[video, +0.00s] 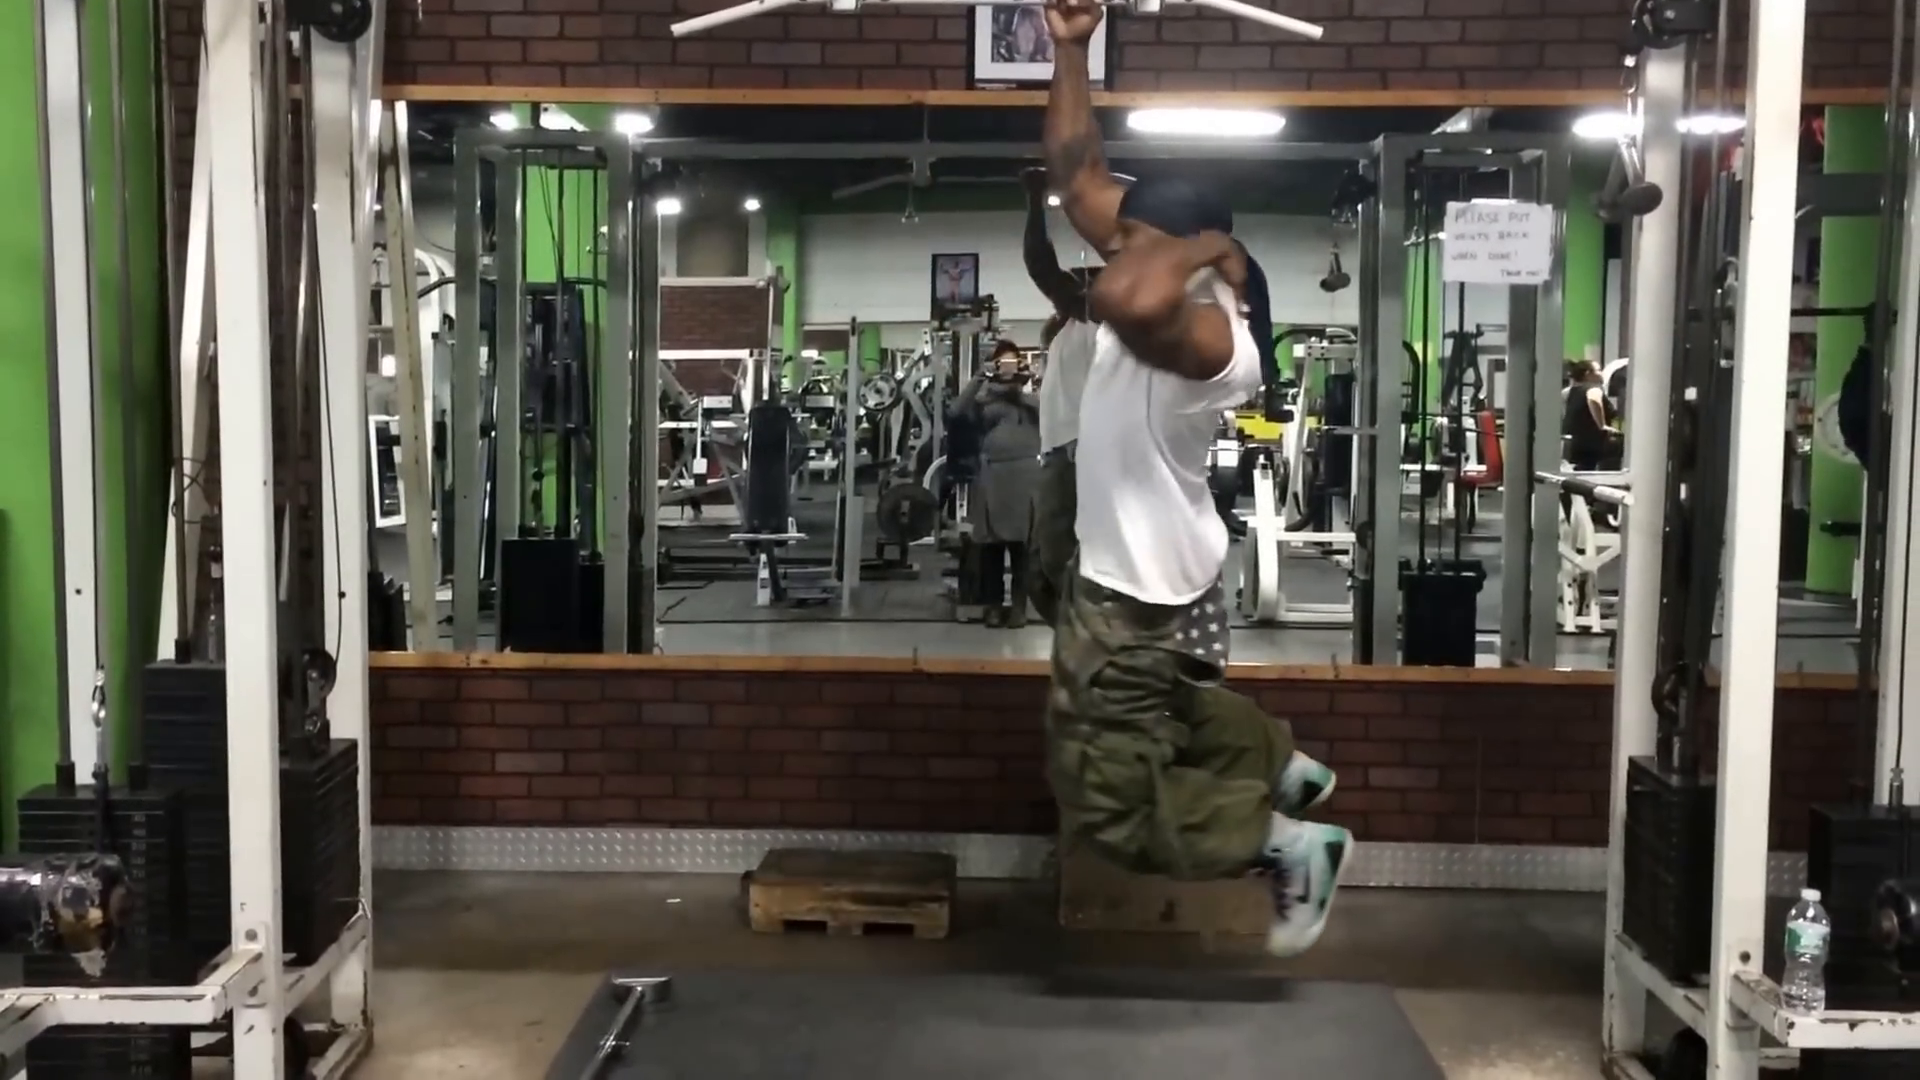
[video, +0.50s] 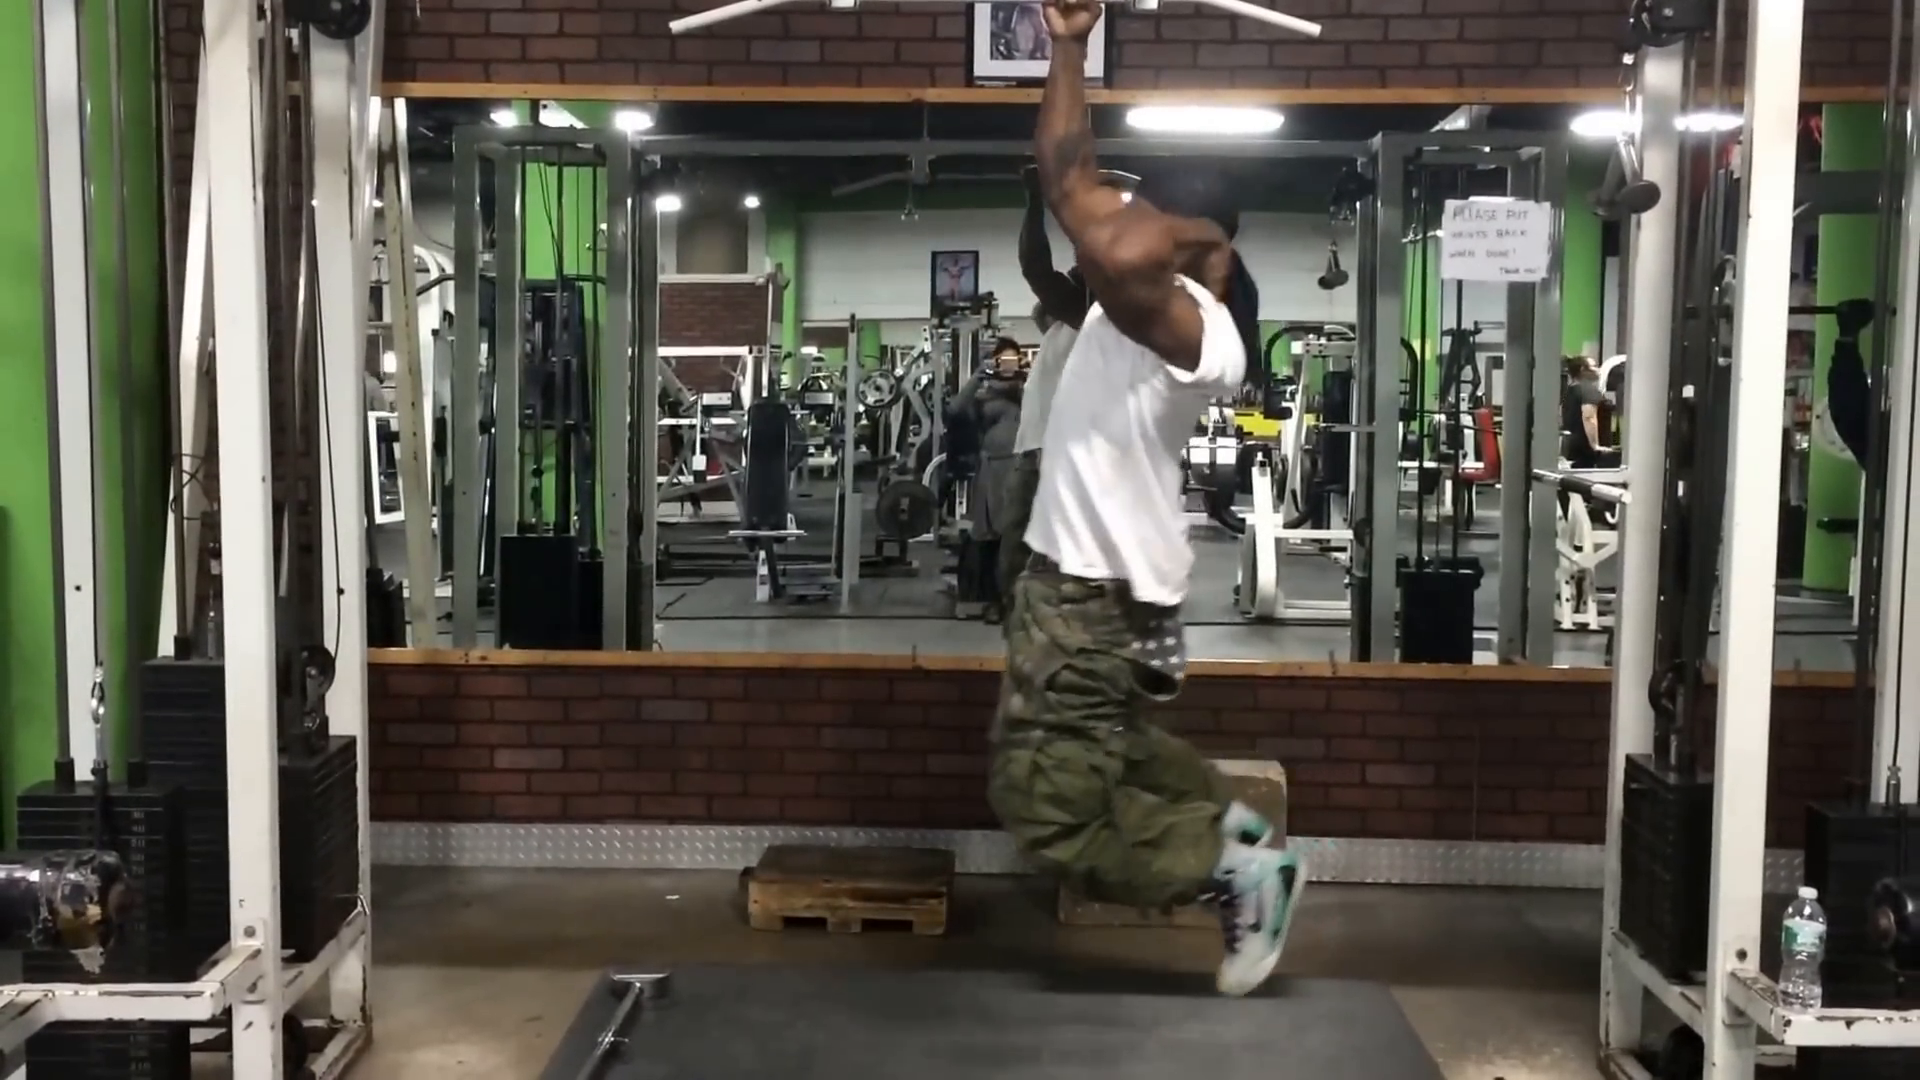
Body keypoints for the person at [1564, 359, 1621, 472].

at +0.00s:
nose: (1601, 374)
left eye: (1600, 370)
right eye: (1598, 370)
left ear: (1585, 374)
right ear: (1587, 374)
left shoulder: (1572, 390)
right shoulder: (1594, 389)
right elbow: (1593, 401)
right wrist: (1602, 425)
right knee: (1620, 442)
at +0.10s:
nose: (1601, 373)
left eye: (1601, 369)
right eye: (1598, 369)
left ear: (1585, 373)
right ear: (1587, 373)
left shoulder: (1570, 389)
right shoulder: (1596, 388)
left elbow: (1561, 391)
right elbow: (1594, 398)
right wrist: (1602, 424)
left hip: (1576, 437)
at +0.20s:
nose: (1601, 372)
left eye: (1600, 368)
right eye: (1598, 368)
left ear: (1584, 372)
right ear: (1587, 372)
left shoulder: (1571, 387)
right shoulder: (1595, 387)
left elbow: (1561, 393)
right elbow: (1593, 399)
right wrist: (1600, 426)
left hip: (1574, 438)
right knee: (1619, 440)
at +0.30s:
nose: (1600, 370)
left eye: (1598, 367)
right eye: (1596, 367)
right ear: (1586, 371)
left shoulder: (1571, 388)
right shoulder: (1593, 386)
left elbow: (1561, 398)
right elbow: (1593, 405)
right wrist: (1598, 431)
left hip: (1572, 440)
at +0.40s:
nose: (1599, 370)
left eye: (1597, 366)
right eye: (1595, 366)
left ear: (1582, 370)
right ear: (1584, 370)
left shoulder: (1571, 387)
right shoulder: (1591, 386)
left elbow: (1561, 407)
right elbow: (1590, 410)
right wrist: (1596, 438)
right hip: (1585, 445)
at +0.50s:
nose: (1598, 370)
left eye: (1597, 366)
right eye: (1594, 366)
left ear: (1581, 370)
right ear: (1583, 370)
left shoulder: (1571, 389)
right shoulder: (1589, 389)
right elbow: (1589, 417)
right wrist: (1595, 444)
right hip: (1585, 449)